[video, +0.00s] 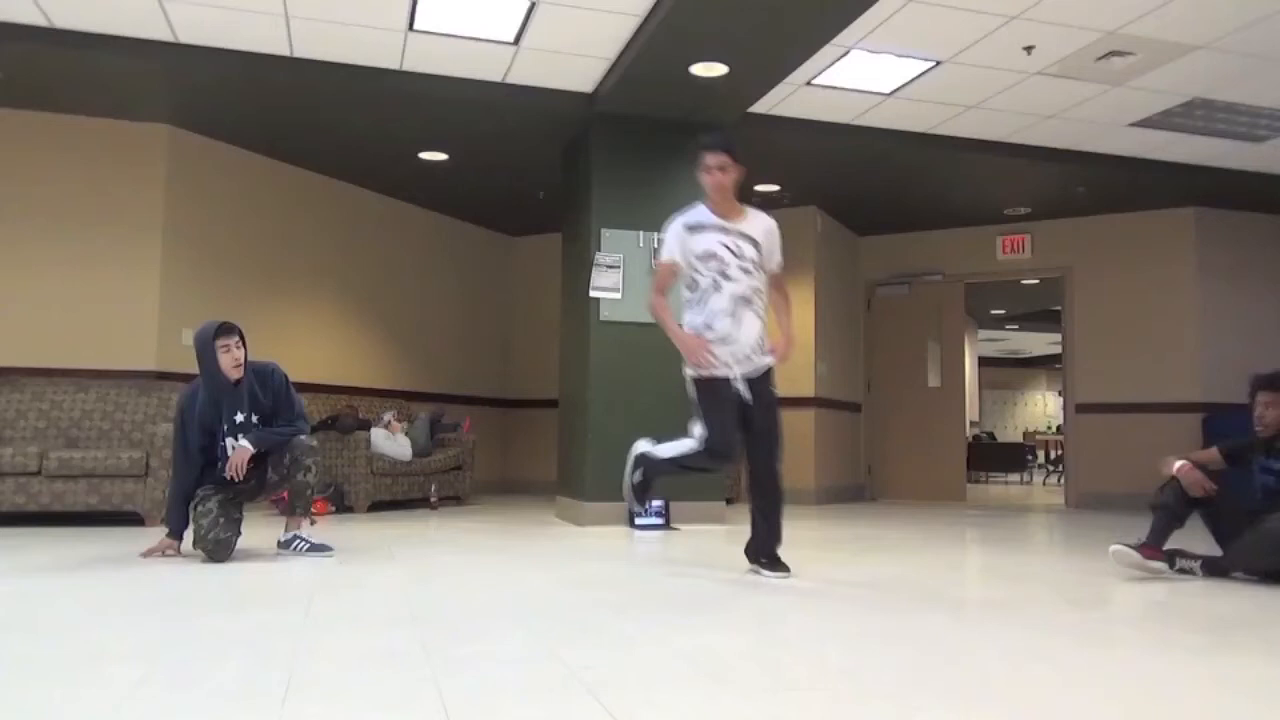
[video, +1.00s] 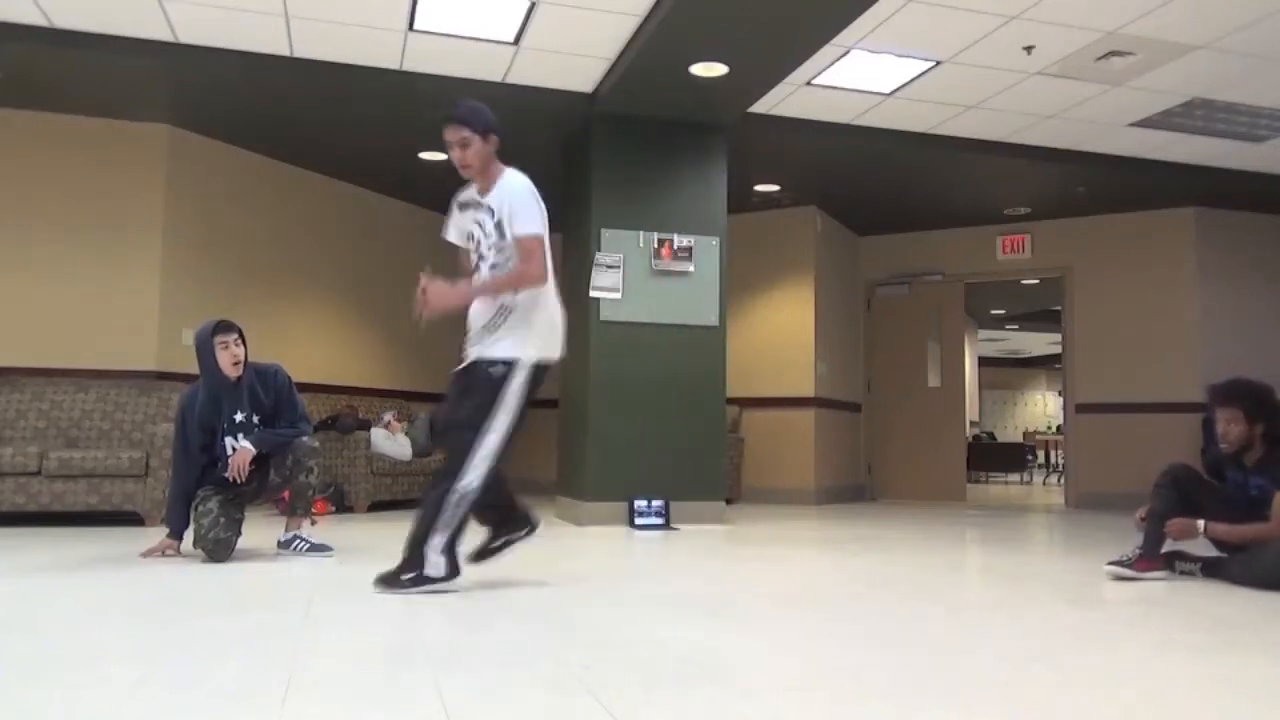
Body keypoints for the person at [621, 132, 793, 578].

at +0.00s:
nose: (714, 177)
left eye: (722, 169)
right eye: (706, 169)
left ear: (739, 174)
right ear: (698, 175)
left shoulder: (763, 226)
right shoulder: (683, 227)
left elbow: (775, 284)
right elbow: (657, 296)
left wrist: (785, 333)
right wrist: (681, 338)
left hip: (755, 360)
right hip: (708, 361)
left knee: (765, 457)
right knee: (721, 450)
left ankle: (763, 550)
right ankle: (646, 459)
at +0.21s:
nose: (661, 155)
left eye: (669, 146)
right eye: (654, 148)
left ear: (689, 150)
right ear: (647, 156)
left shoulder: (720, 203)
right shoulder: (634, 208)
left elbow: (743, 268)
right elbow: (625, 275)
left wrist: (736, 327)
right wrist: (639, 322)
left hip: (712, 345)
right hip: (657, 346)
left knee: (727, 443)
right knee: (647, 441)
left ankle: (750, 535)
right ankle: (625, 535)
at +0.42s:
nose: (596, 183)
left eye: (604, 174)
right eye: (589, 176)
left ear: (624, 178)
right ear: (583, 184)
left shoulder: (646, 230)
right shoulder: (585, 239)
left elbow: (688, 297)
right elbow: (597, 308)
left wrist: (653, 364)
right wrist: (585, 365)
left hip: (644, 370)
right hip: (604, 372)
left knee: (641, 465)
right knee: (596, 466)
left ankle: (717, 521)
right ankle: (631, 550)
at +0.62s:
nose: (543, 138)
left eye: (550, 129)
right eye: (537, 132)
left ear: (573, 132)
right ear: (534, 139)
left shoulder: (597, 183)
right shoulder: (539, 191)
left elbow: (632, 254)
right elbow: (549, 261)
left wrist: (575, 306)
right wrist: (539, 321)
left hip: (582, 328)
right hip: (550, 327)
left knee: (538, 424)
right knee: (580, 426)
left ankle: (525, 542)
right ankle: (615, 520)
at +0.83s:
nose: (492, 160)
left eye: (500, 150)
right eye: (487, 152)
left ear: (525, 151)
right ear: (485, 159)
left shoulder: (536, 207)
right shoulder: (502, 212)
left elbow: (548, 288)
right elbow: (506, 294)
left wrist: (484, 347)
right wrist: (477, 354)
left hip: (509, 358)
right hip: (492, 355)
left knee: (442, 450)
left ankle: (428, 562)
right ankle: (551, 512)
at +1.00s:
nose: (457, 155)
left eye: (465, 144)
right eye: (451, 147)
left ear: (491, 141)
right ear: (449, 150)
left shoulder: (516, 190)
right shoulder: (465, 202)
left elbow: (534, 271)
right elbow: (476, 275)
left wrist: (461, 291)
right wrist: (445, 294)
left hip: (524, 340)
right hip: (488, 340)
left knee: (475, 444)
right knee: (451, 430)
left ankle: (432, 559)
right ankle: (508, 517)